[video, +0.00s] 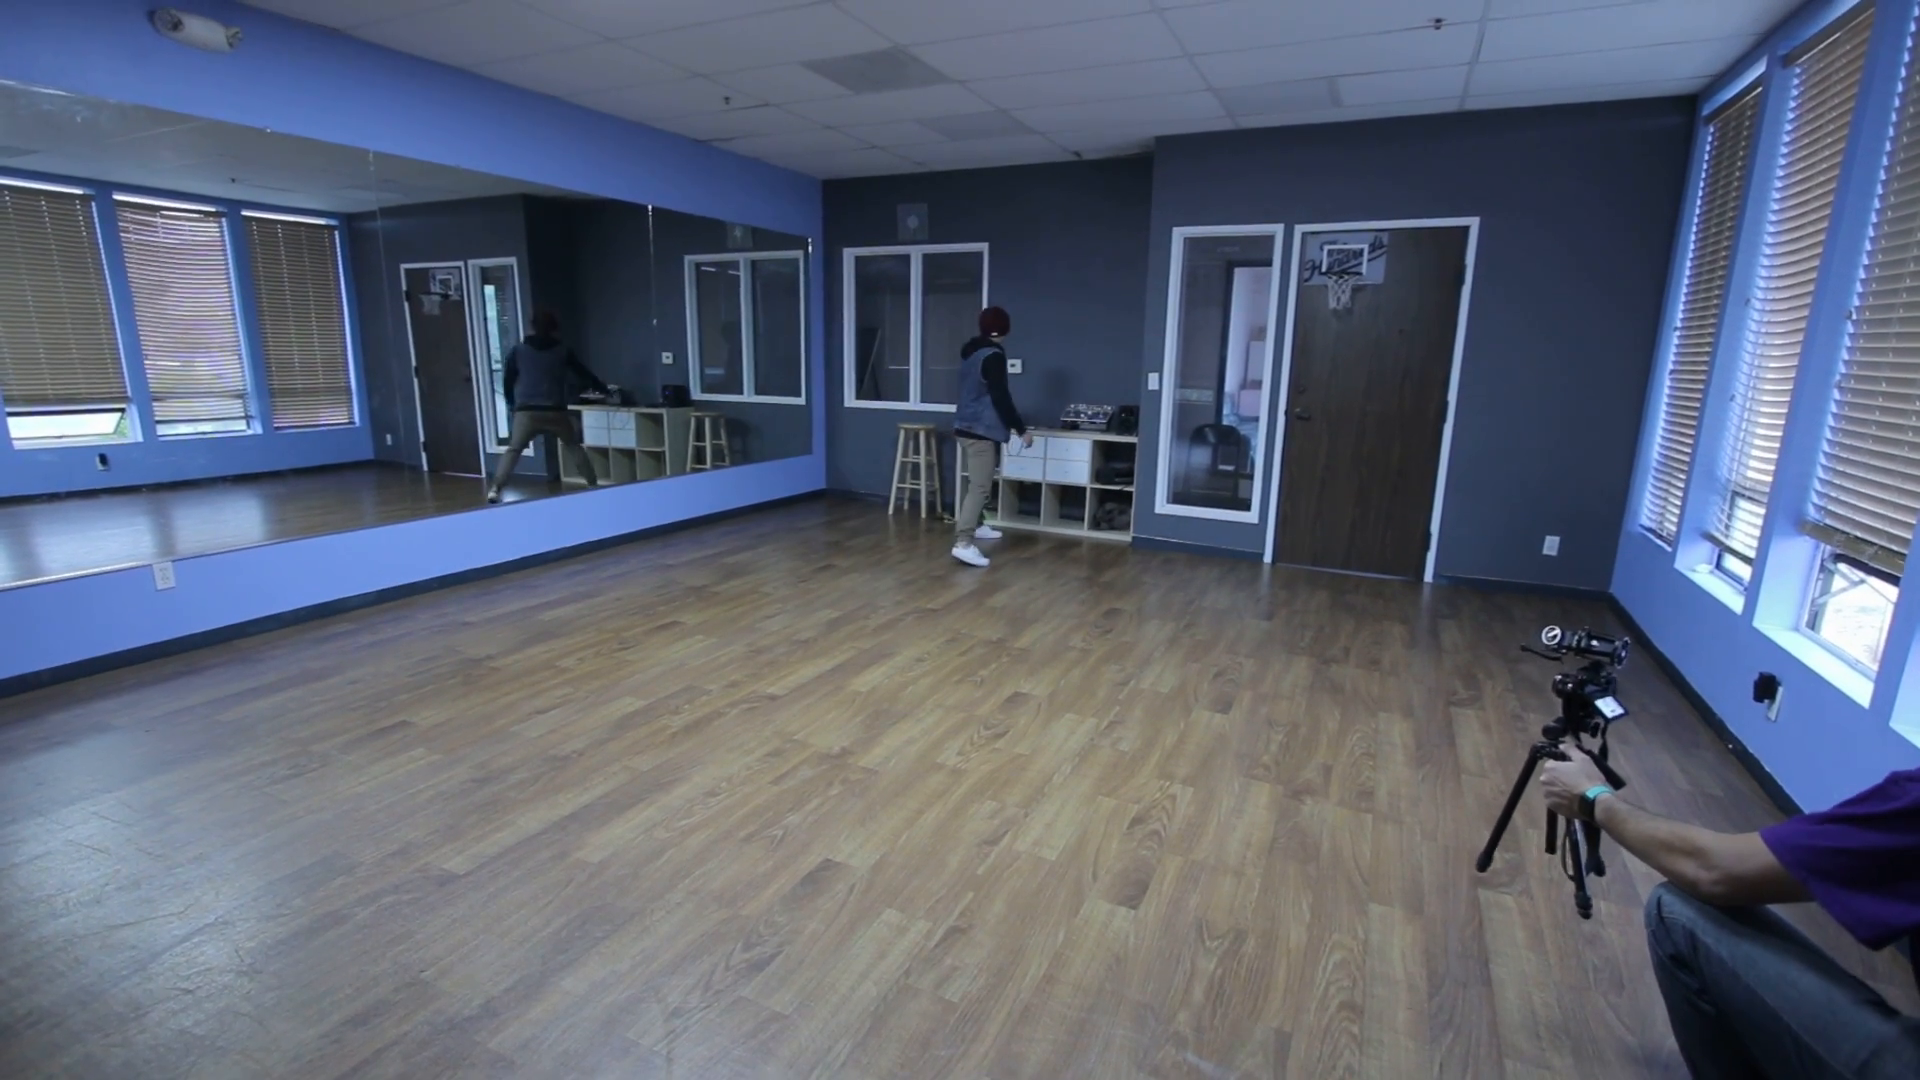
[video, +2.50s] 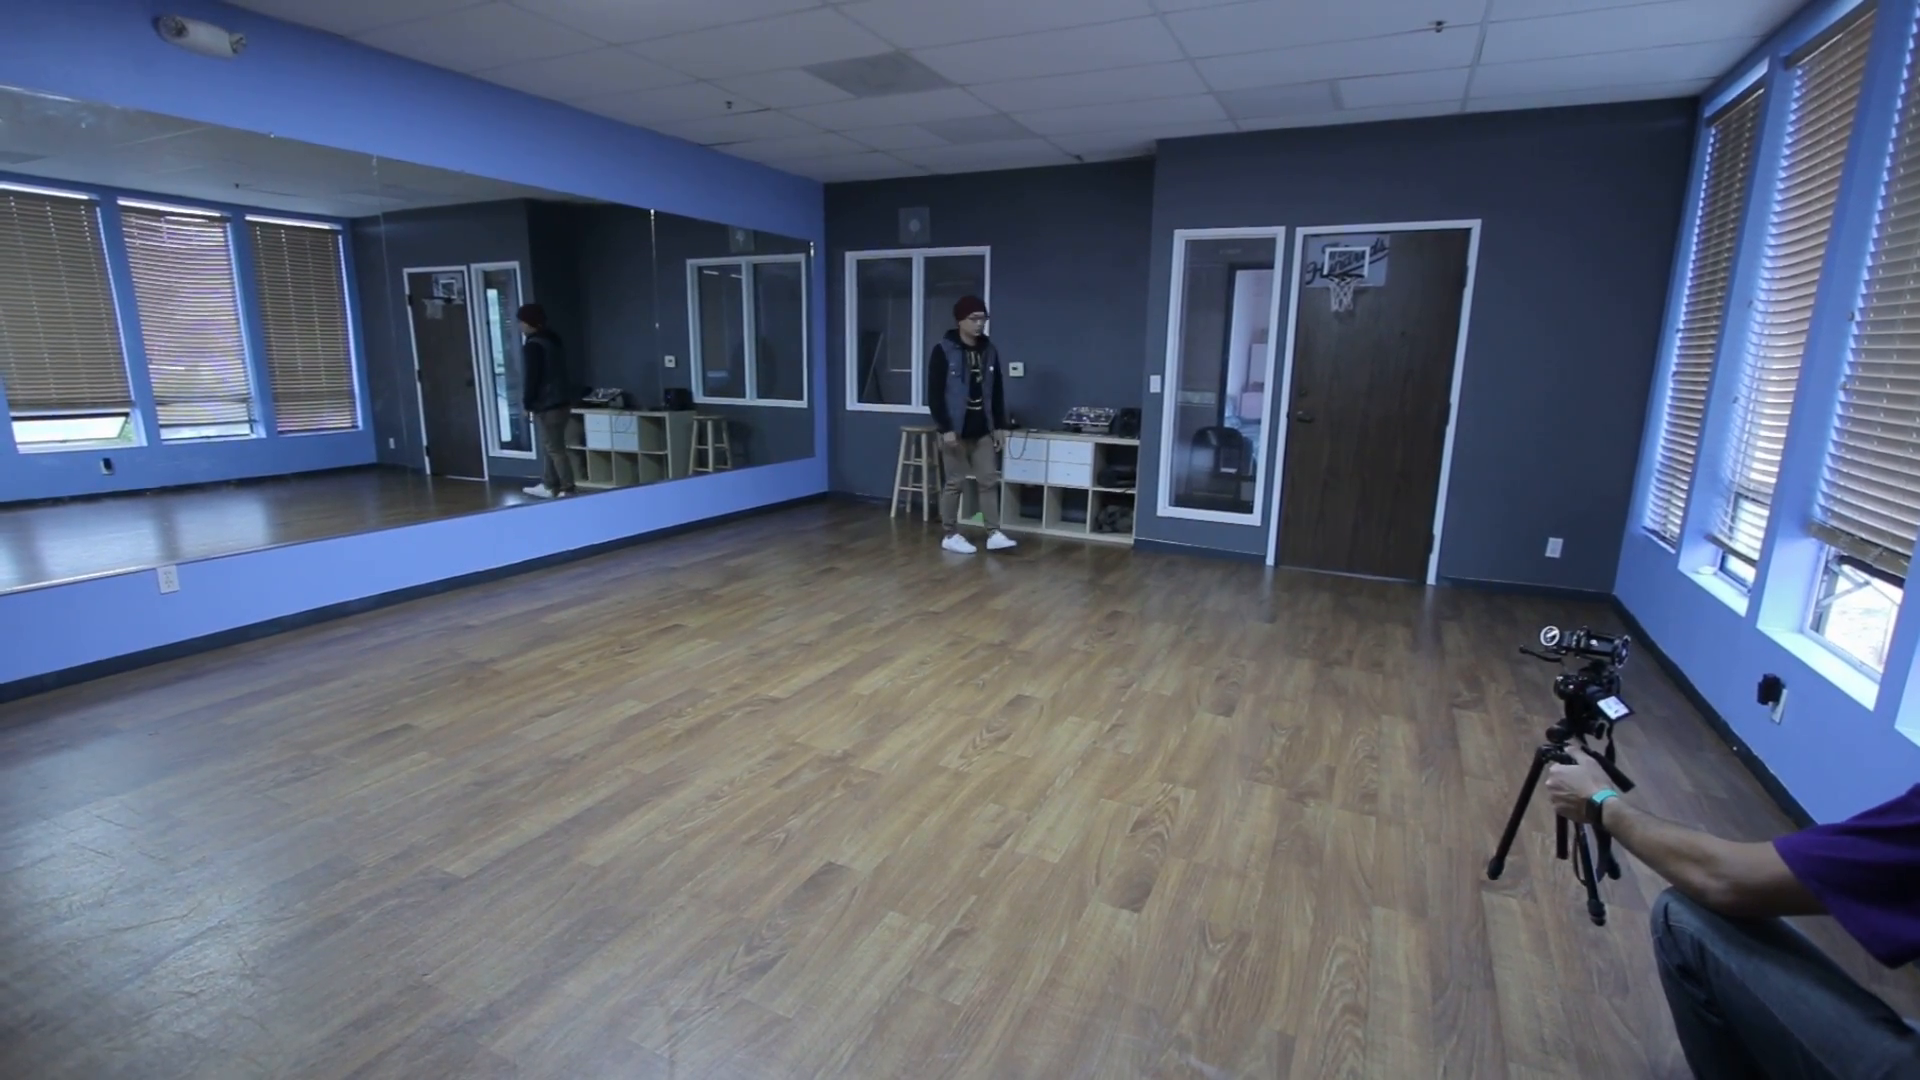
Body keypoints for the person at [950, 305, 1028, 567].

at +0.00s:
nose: (1006, 334)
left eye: (1005, 329)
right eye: (1006, 330)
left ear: (983, 328)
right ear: (1001, 331)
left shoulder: (973, 351)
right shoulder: (993, 355)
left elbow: (974, 393)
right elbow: (1000, 396)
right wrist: (1020, 429)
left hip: (967, 427)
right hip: (981, 431)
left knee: (978, 482)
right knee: (980, 486)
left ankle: (974, 525)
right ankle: (962, 543)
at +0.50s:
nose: (1019, 344)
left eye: (1017, 339)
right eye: (1019, 340)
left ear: (998, 336)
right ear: (1017, 340)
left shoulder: (987, 354)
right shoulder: (1009, 355)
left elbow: (983, 391)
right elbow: (1005, 392)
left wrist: (995, 425)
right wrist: (1006, 427)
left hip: (963, 417)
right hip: (977, 419)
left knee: (982, 472)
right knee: (969, 474)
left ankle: (975, 525)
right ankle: (949, 527)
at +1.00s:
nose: (1015, 338)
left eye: (1013, 334)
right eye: (1014, 334)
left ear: (993, 331)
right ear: (1012, 334)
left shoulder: (983, 349)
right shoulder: (1004, 350)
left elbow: (981, 386)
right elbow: (1000, 386)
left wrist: (996, 418)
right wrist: (1003, 420)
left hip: (960, 416)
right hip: (975, 419)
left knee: (973, 473)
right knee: (976, 474)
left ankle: (973, 523)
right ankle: (946, 521)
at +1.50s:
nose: (1011, 341)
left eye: (1011, 336)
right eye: (1010, 336)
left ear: (990, 329)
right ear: (1005, 334)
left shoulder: (984, 348)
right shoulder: (991, 351)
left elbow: (983, 389)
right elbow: (983, 389)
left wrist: (991, 421)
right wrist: (987, 424)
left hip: (970, 423)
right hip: (962, 422)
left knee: (975, 477)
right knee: (966, 477)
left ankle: (974, 525)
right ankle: (949, 531)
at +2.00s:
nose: (1001, 337)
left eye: (1001, 332)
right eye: (999, 332)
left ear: (983, 330)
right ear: (987, 331)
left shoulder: (986, 355)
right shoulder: (963, 354)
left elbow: (985, 398)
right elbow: (950, 395)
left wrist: (985, 430)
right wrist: (954, 432)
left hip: (974, 429)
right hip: (955, 430)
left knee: (976, 480)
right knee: (965, 482)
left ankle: (973, 526)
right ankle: (950, 533)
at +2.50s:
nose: (980, 324)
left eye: (983, 319)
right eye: (974, 319)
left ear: (985, 321)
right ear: (960, 320)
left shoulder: (989, 351)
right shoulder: (943, 351)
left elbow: (997, 391)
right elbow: (934, 393)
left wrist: (999, 426)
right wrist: (945, 428)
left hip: (983, 427)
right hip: (954, 428)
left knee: (988, 481)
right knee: (954, 483)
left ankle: (993, 532)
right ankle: (949, 534)